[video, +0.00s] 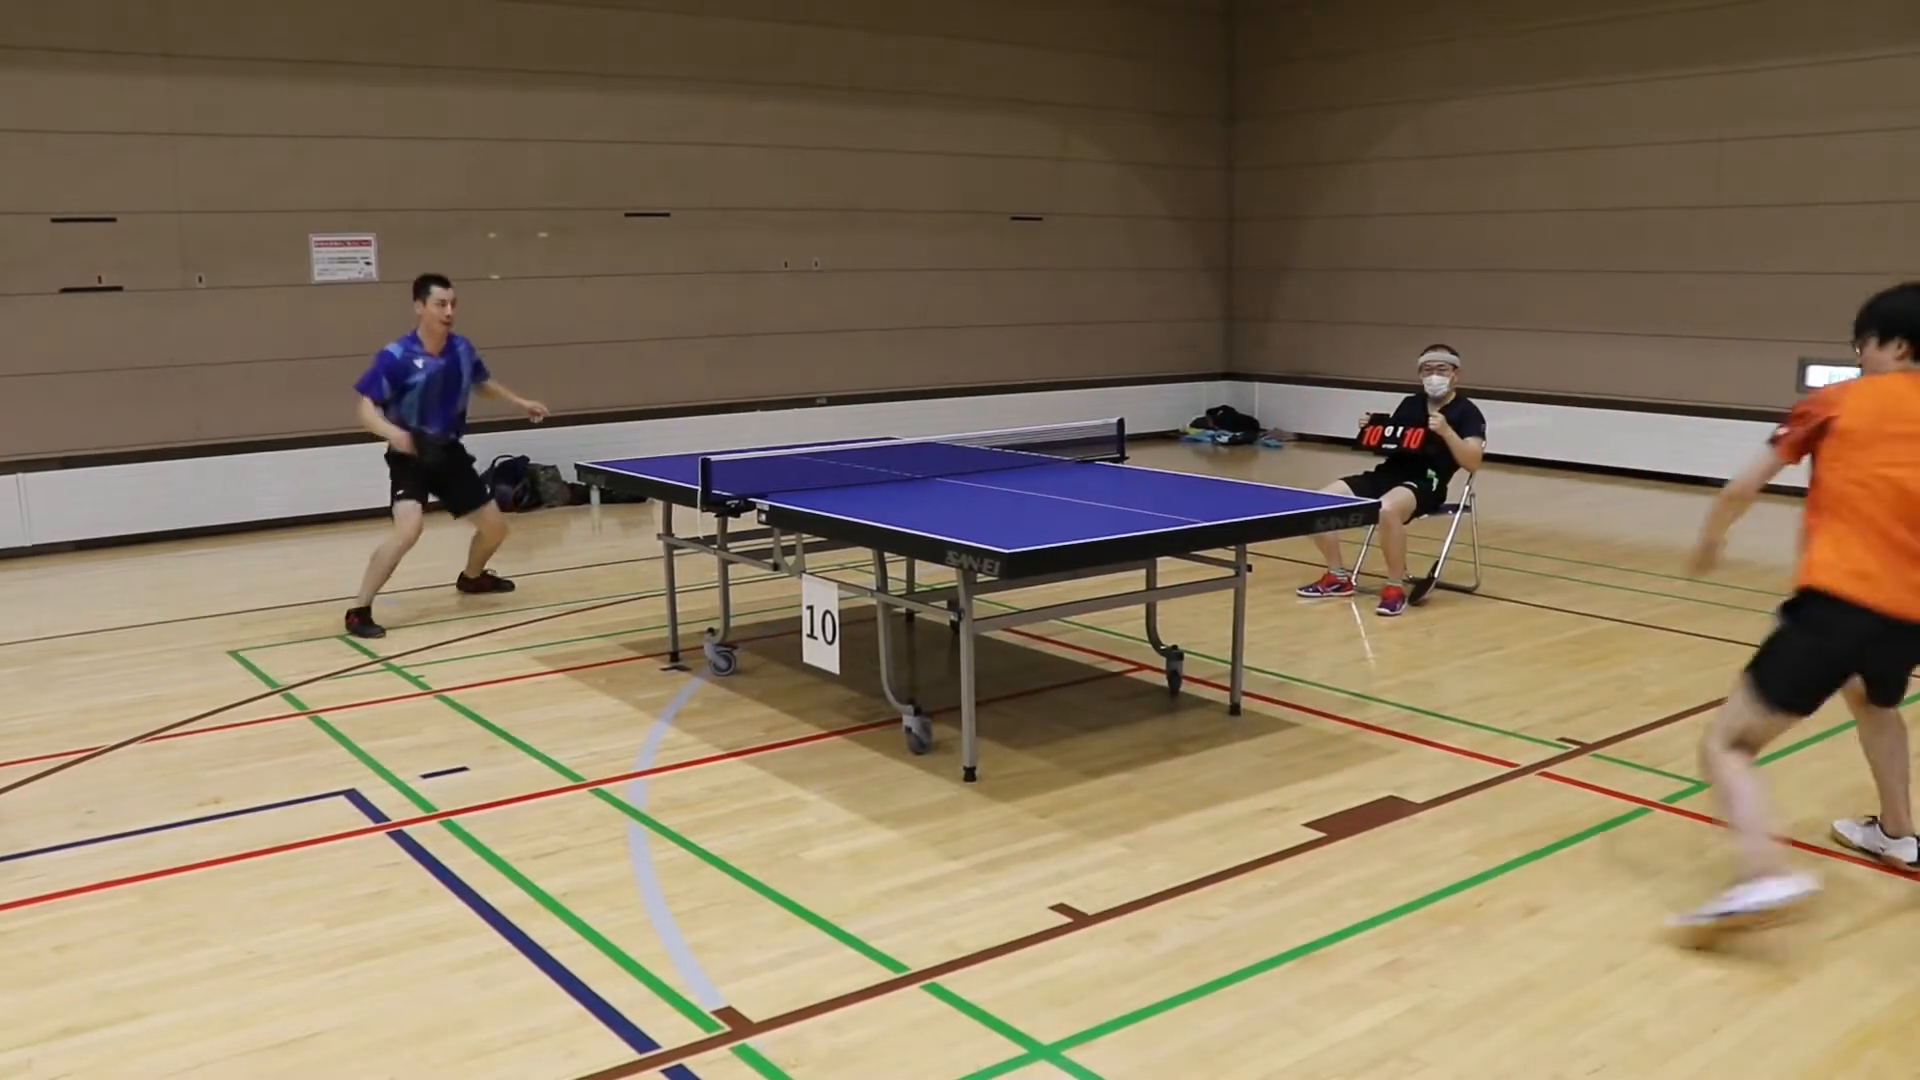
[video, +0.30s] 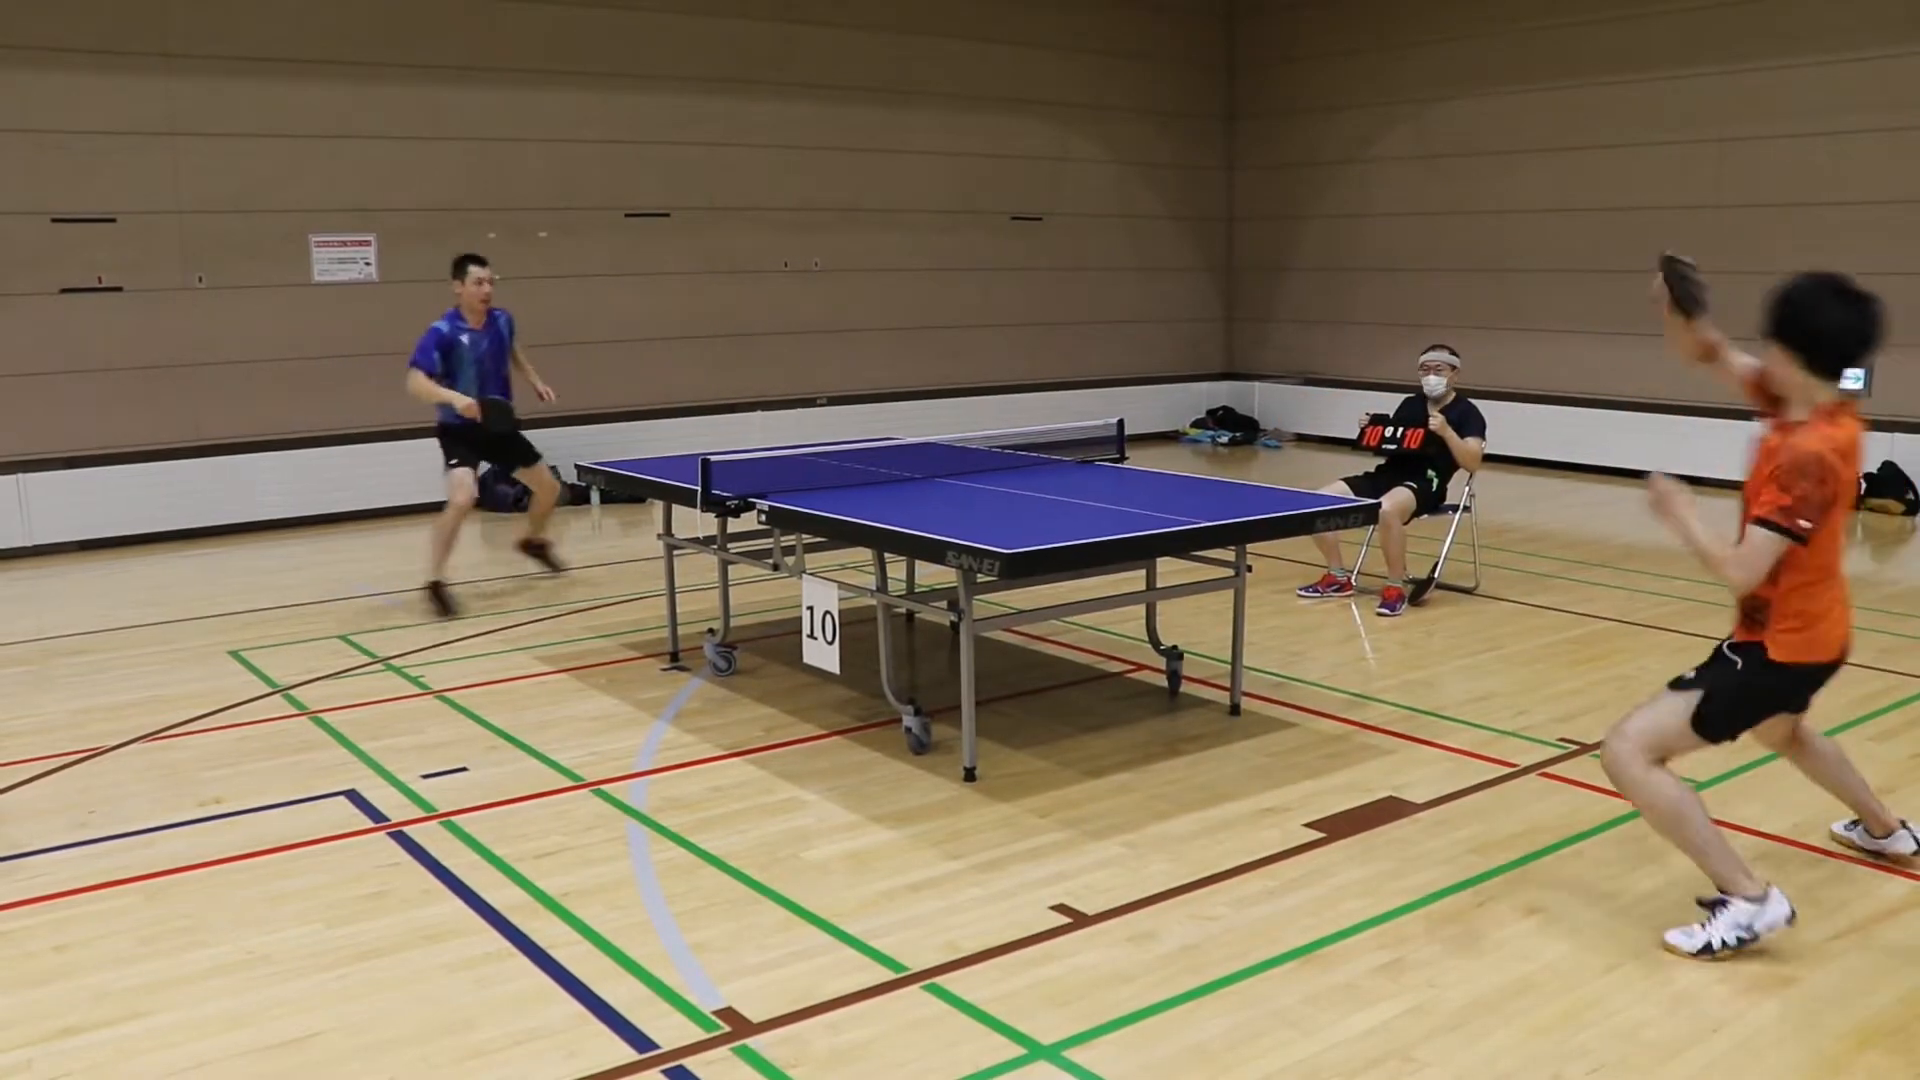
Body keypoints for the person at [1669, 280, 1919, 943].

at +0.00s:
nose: (1859, 357)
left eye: (1865, 345)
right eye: (1861, 345)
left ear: (1894, 347)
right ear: (1911, 349)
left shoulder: (1844, 400)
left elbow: (1746, 484)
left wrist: (1711, 538)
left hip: (1836, 604)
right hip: (1910, 614)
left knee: (1725, 742)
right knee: (1875, 699)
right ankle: (1898, 831)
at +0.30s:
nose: (1763, 352)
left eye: (1773, 343)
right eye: (1769, 341)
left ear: (1798, 360)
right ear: (1829, 361)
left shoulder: (1810, 451)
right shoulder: (1805, 402)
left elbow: (1743, 572)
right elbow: (1709, 355)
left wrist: (1679, 512)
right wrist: (1681, 315)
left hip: (1779, 647)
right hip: (1816, 631)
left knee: (1628, 750)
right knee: (1779, 729)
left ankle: (1747, 898)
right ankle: (1885, 829)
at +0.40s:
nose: (1694, 338)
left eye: (1702, 326)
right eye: (1697, 325)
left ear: (1729, 337)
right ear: (1752, 336)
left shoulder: (1779, 439)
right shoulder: (1717, 391)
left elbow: (1717, 569)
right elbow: (1612, 381)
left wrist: (1642, 501)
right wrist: (1592, 313)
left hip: (1757, 644)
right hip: (1747, 626)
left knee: (1625, 776)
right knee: (1794, 738)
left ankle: (1752, 903)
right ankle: (1862, 835)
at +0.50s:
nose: (1638, 296)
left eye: (1646, 283)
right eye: (1642, 281)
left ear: (1675, 295)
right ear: (1705, 296)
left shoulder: (1688, 383)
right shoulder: (1722, 366)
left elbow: (1645, 515)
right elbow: (1614, 433)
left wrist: (1614, 446)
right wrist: (1543, 383)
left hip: (1709, 615)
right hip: (1748, 602)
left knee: (1608, 775)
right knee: (1726, 724)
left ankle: (1745, 898)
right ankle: (1807, 853)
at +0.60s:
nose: (1594, 265)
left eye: (1601, 250)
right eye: (1596, 249)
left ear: (1627, 258)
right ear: (1680, 260)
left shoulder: (1621, 341)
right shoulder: (1712, 349)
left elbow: (1571, 470)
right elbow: (1672, 452)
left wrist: (1547, 436)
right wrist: (1565, 435)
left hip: (1623, 589)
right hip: (1691, 586)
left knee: (1547, 747)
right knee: (1633, 719)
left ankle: (1675, 889)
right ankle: (1702, 870)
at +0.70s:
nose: (1549, 278)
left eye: (1555, 263)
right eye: (1551, 263)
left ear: (1583, 271)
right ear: (1641, 277)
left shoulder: (1549, 352)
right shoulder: (1684, 381)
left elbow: (1475, 483)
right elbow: (1670, 514)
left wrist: (1523, 485)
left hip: (1538, 613)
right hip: (1630, 623)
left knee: (1432, 758)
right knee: (1587, 766)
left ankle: (1498, 913)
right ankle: (1592, 939)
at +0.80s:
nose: (1495, 317)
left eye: (1502, 304)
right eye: (1501, 303)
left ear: (1521, 315)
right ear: (1589, 325)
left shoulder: (1471, 392)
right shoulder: (1629, 428)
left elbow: (1381, 517)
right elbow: (1628, 583)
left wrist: (1444, 538)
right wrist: (1550, 569)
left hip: (1461, 644)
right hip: (1562, 662)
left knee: (1335, 796)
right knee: (1564, 798)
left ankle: (1251, 965)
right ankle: (1583, 978)